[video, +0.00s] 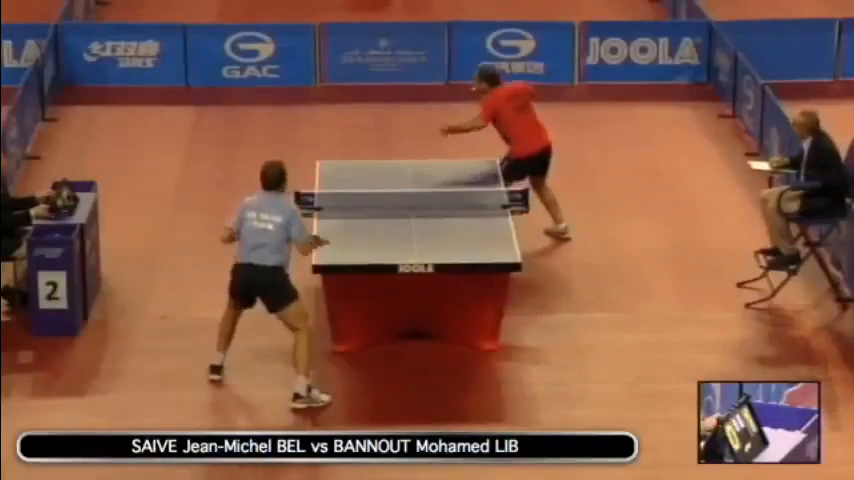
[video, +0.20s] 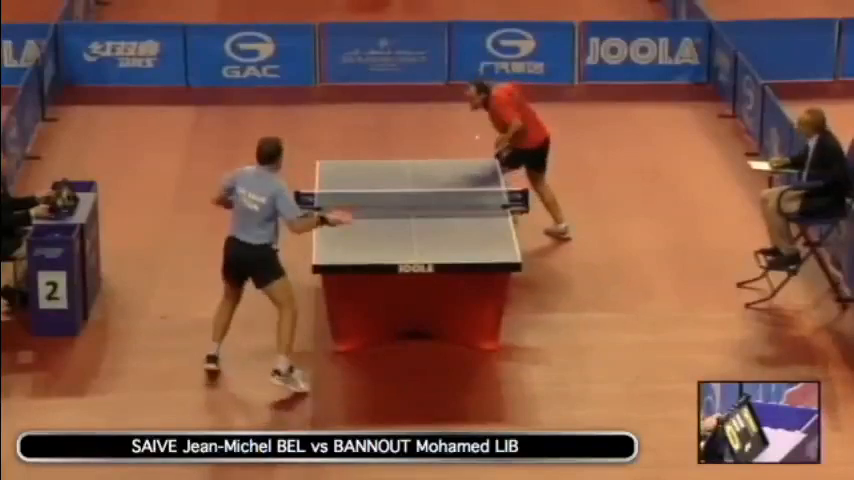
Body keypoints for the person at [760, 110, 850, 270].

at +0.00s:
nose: (794, 129)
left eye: (798, 125)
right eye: (794, 125)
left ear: (808, 127)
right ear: (808, 127)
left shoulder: (822, 145)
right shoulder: (811, 141)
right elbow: (803, 160)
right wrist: (785, 163)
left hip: (828, 199)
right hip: (815, 191)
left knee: (774, 206)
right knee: (767, 197)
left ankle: (790, 253)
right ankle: (779, 247)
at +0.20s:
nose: (797, 127)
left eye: (801, 123)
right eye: (798, 123)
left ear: (813, 126)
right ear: (812, 126)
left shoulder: (827, 145)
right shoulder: (814, 141)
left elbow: (831, 180)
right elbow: (805, 160)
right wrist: (786, 162)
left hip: (829, 200)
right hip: (816, 191)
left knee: (774, 206)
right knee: (767, 197)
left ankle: (789, 253)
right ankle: (780, 247)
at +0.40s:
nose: (808, 125)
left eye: (812, 122)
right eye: (809, 121)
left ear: (824, 126)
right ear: (821, 125)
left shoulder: (839, 147)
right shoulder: (819, 141)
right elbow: (804, 160)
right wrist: (785, 163)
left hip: (829, 200)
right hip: (814, 192)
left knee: (775, 205)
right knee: (767, 197)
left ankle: (790, 254)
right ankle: (780, 246)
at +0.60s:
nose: (821, 124)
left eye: (825, 121)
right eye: (821, 120)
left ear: (837, 125)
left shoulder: (847, 146)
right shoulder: (825, 142)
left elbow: (843, 178)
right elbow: (804, 160)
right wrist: (785, 163)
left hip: (830, 199)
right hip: (814, 191)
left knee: (774, 204)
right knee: (767, 196)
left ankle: (789, 253)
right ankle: (780, 247)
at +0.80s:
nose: (824, 122)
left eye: (829, 120)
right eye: (825, 118)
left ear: (841, 125)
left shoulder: (847, 145)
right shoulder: (826, 141)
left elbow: (842, 178)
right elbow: (805, 159)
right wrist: (786, 163)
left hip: (830, 199)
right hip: (814, 191)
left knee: (775, 203)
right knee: (766, 196)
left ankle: (790, 253)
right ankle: (780, 247)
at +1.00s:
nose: (822, 123)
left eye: (827, 120)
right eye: (823, 119)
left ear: (840, 125)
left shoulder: (847, 146)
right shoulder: (826, 142)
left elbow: (838, 176)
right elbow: (805, 159)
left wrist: (808, 173)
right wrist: (786, 163)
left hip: (830, 199)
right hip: (815, 191)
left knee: (775, 204)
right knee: (766, 196)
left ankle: (790, 254)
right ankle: (780, 247)